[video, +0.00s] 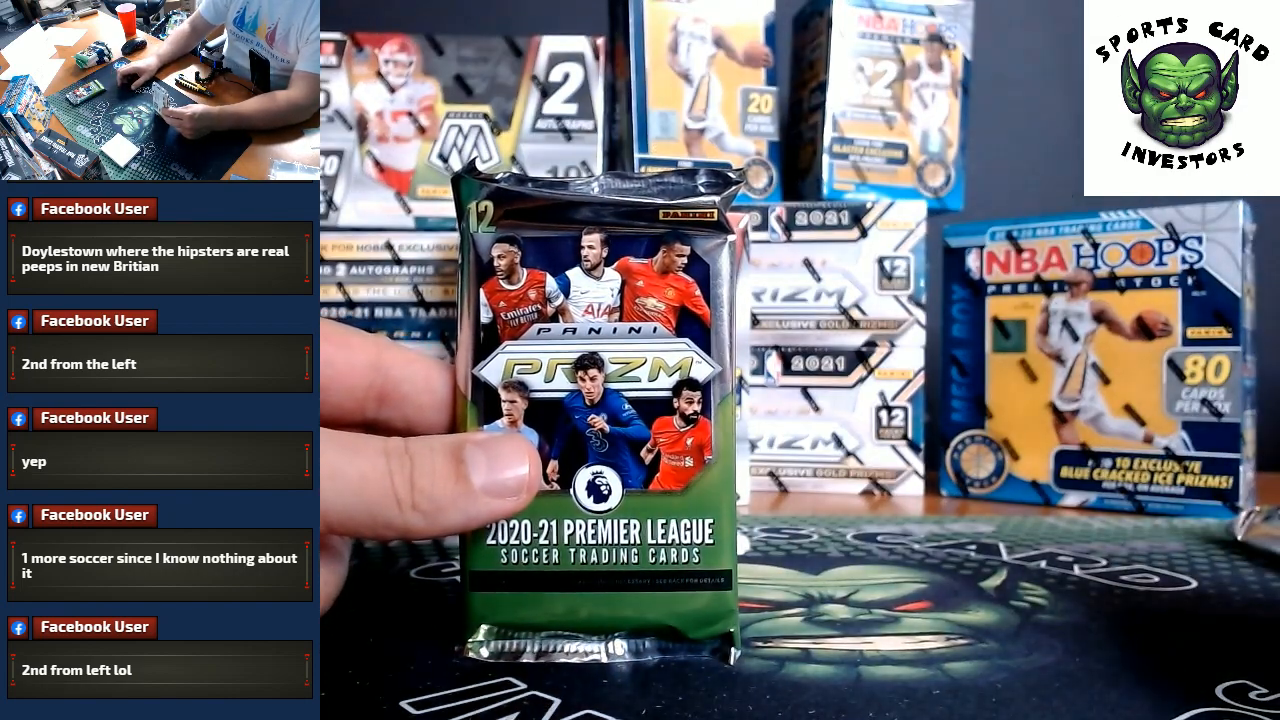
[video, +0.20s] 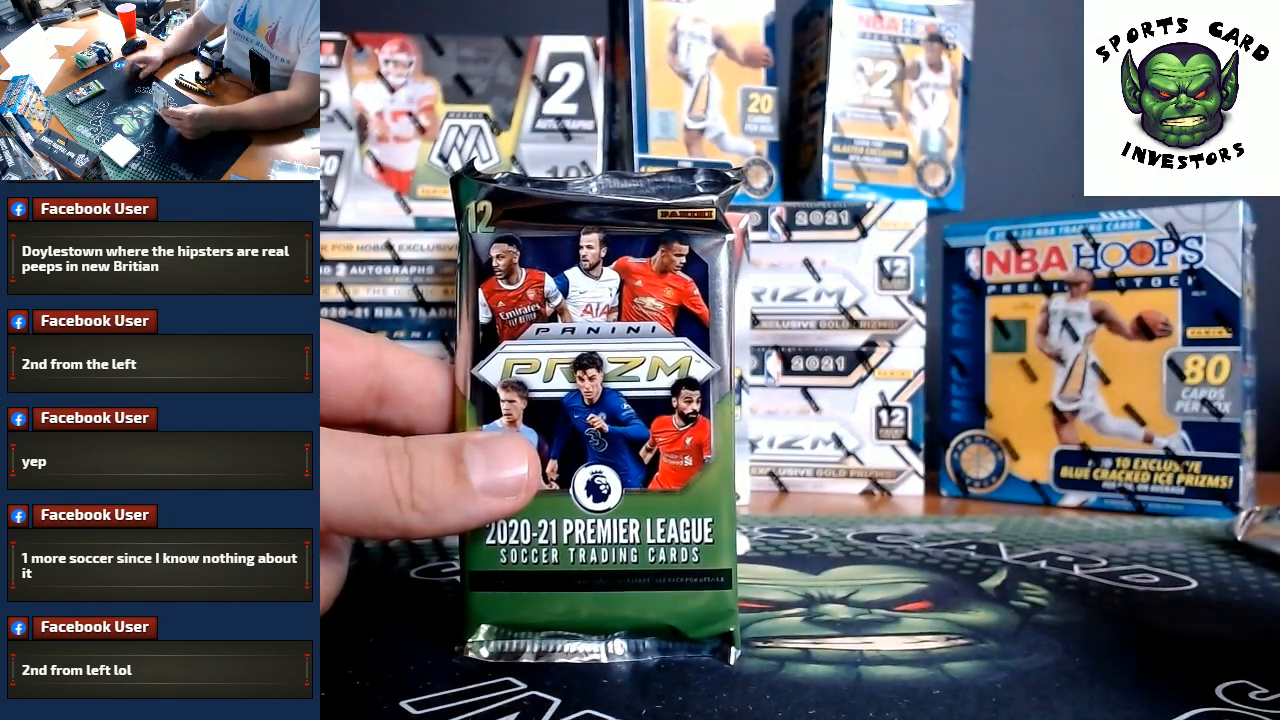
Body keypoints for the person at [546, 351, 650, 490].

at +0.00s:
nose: (588, 386)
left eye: (593, 379)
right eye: (582, 380)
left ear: (602, 377)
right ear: (576, 379)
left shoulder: (614, 401)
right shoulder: (571, 403)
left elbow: (644, 433)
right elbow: (564, 428)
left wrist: (610, 430)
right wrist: (554, 458)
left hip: (627, 475)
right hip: (596, 473)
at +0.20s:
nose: (587, 386)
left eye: (592, 379)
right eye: (581, 380)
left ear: (601, 377)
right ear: (575, 379)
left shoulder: (614, 400)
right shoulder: (570, 402)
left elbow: (643, 432)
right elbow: (564, 426)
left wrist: (609, 429)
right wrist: (554, 458)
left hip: (627, 475)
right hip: (595, 474)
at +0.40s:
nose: (593, 385)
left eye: (598, 378)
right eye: (587, 378)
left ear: (607, 375)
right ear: (582, 378)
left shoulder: (619, 399)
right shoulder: (576, 401)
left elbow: (648, 431)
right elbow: (570, 424)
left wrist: (614, 428)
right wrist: (559, 456)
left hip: (631, 473)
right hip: (600, 471)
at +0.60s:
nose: (590, 384)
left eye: (596, 377)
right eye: (585, 378)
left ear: (605, 375)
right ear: (579, 378)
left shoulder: (617, 398)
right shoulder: (574, 400)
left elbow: (646, 430)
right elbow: (568, 424)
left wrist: (613, 427)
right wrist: (557, 456)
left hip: (629, 473)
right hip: (598, 471)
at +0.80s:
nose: (587, 384)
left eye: (592, 377)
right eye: (581, 377)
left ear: (601, 375)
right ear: (575, 378)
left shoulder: (612, 398)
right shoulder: (570, 400)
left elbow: (641, 430)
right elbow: (564, 423)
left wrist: (608, 427)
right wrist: (553, 456)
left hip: (625, 471)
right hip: (594, 469)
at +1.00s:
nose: (588, 384)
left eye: (593, 377)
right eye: (583, 377)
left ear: (603, 374)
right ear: (577, 377)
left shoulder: (615, 398)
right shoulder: (572, 400)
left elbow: (643, 429)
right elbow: (566, 421)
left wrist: (610, 427)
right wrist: (555, 455)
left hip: (627, 472)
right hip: (596, 470)